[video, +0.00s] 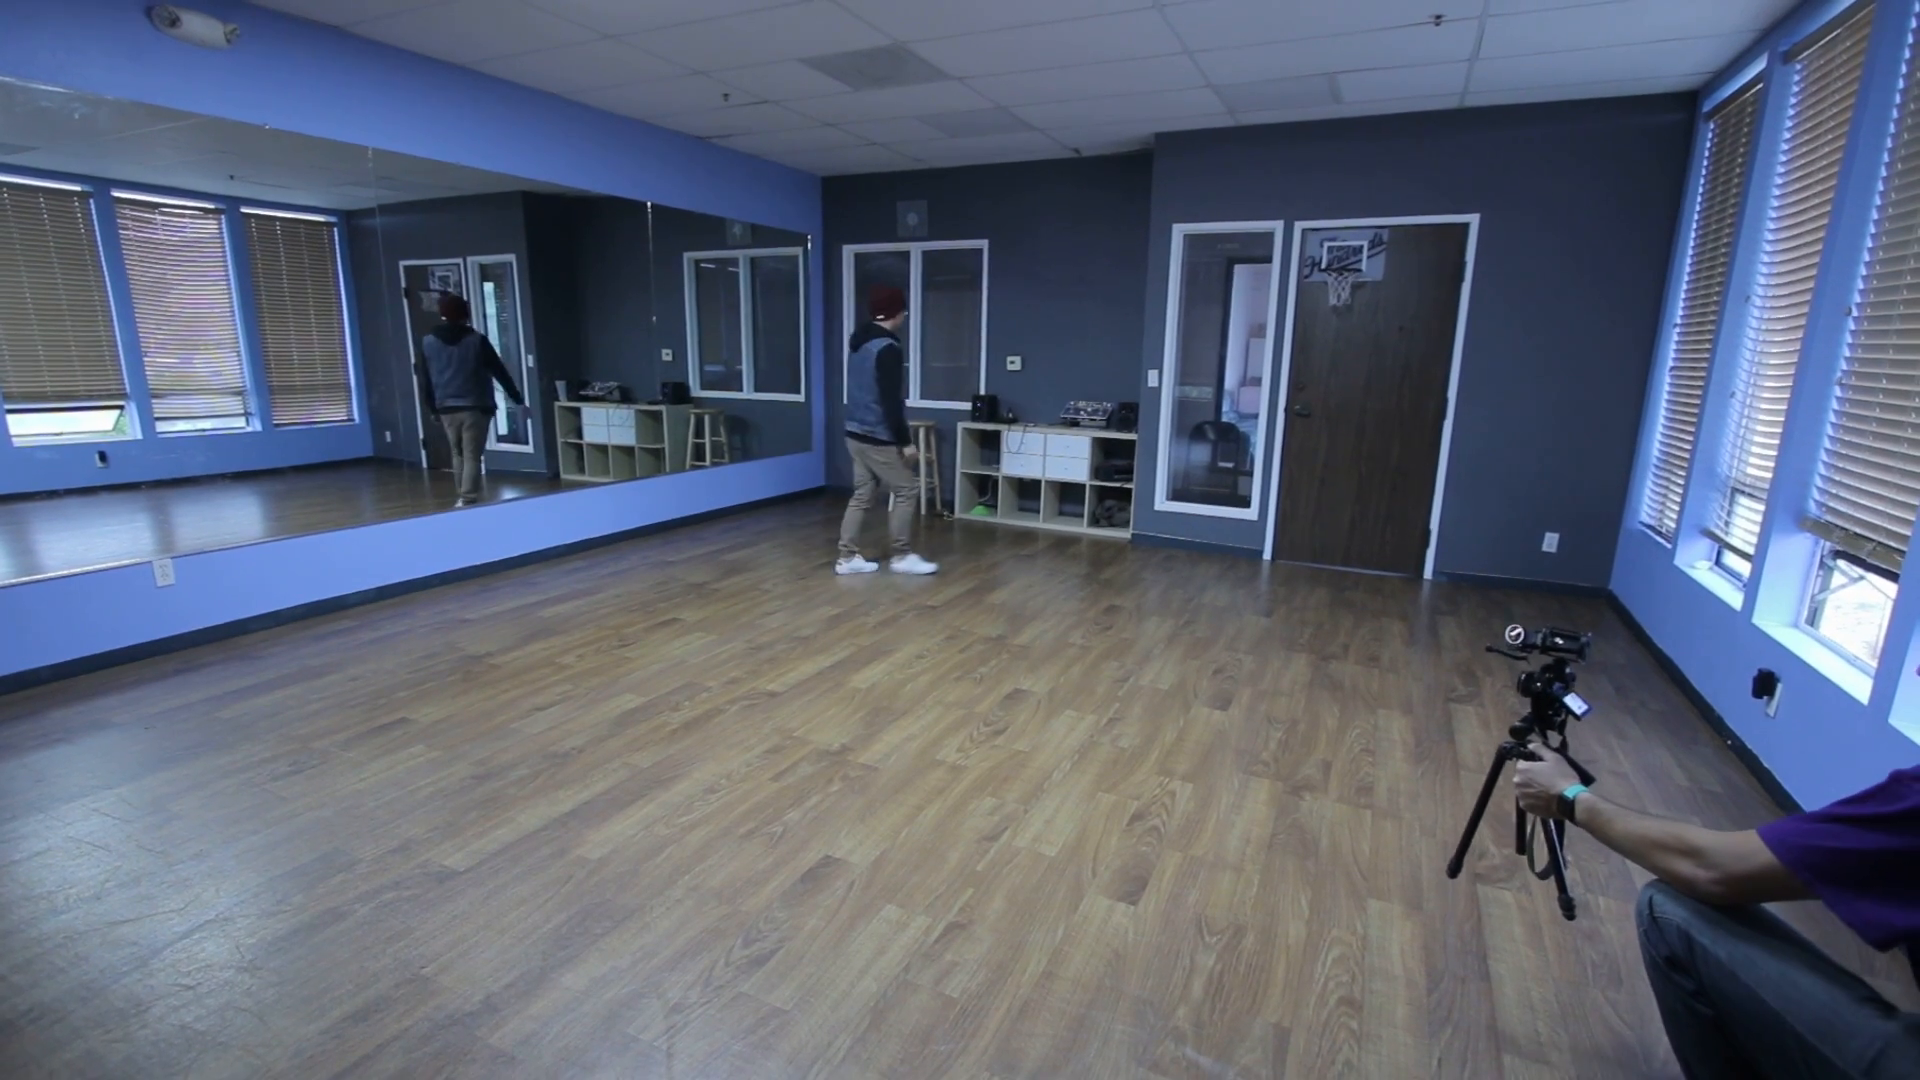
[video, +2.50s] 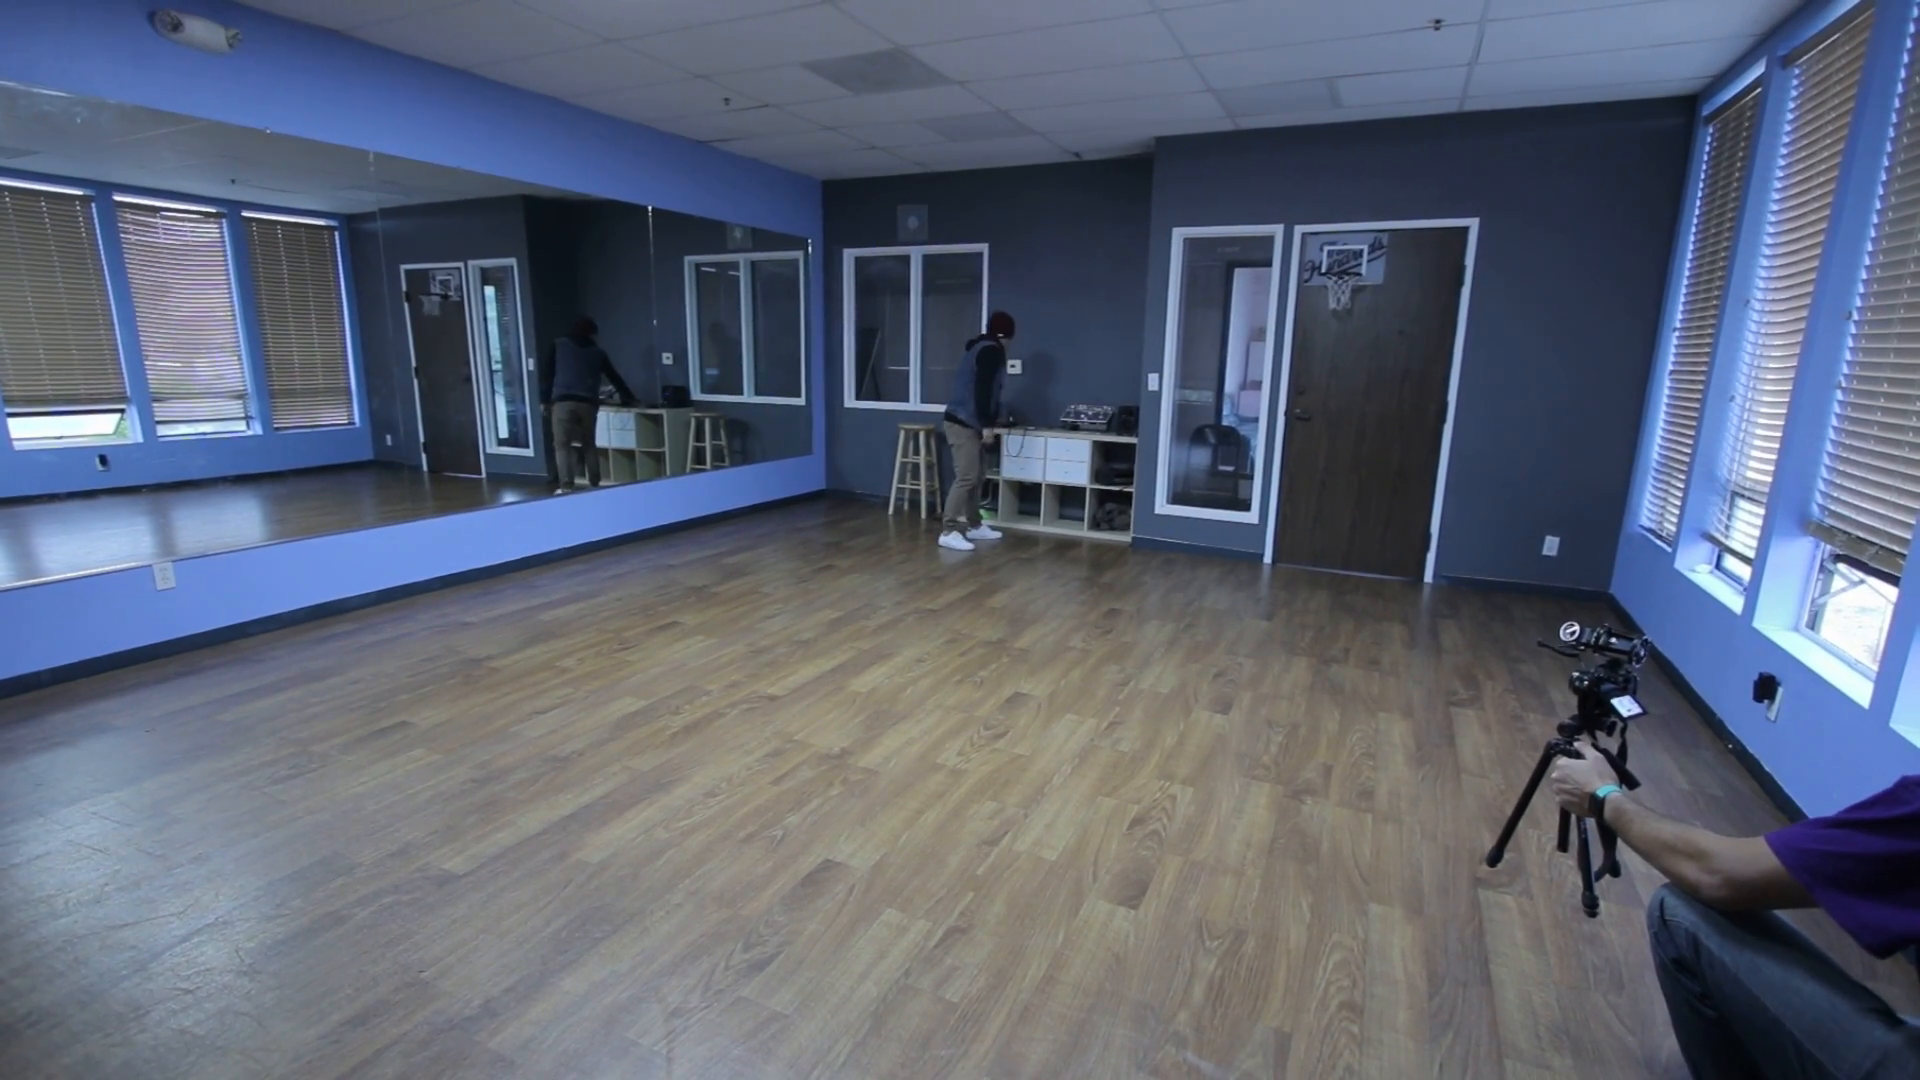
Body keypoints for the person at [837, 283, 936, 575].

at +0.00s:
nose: (903, 318)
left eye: (903, 313)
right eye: (903, 313)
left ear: (875, 313)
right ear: (896, 314)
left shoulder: (861, 341)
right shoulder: (888, 348)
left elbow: (862, 393)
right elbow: (891, 401)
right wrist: (905, 442)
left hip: (855, 435)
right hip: (878, 437)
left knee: (862, 494)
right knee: (906, 489)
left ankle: (846, 556)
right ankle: (901, 554)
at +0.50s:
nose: (976, 312)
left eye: (972, 307)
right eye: (975, 308)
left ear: (948, 309)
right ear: (972, 310)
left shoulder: (932, 337)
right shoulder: (967, 344)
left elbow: (930, 382)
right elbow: (973, 392)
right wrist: (982, 433)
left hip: (929, 424)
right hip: (956, 428)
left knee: (938, 475)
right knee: (964, 485)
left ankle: (914, 518)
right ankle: (961, 543)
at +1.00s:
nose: (1006, 334)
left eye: (1005, 329)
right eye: (1006, 330)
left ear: (983, 328)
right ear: (1001, 331)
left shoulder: (973, 351)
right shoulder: (993, 355)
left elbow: (974, 393)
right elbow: (1000, 396)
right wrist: (1020, 429)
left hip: (967, 427)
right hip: (981, 431)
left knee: (978, 482)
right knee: (980, 486)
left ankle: (974, 525)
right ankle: (962, 543)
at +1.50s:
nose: (1019, 344)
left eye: (1017, 339)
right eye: (1019, 340)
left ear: (998, 336)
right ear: (1017, 340)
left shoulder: (987, 354)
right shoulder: (1009, 355)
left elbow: (983, 391)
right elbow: (1005, 392)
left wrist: (995, 425)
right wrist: (1006, 427)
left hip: (963, 417)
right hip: (977, 419)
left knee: (982, 472)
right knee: (969, 474)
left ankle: (975, 525)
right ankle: (949, 527)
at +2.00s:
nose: (1015, 338)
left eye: (1013, 334)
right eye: (1014, 334)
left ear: (993, 331)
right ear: (1012, 334)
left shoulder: (983, 349)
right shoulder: (1004, 350)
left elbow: (981, 386)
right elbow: (1000, 386)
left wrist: (996, 418)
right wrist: (1003, 420)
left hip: (960, 416)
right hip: (975, 419)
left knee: (973, 473)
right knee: (976, 474)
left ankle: (973, 523)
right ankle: (946, 521)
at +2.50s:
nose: (1011, 341)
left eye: (1011, 336)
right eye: (1010, 336)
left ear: (990, 329)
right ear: (1005, 334)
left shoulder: (984, 348)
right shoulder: (991, 351)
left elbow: (983, 389)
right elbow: (983, 389)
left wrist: (991, 421)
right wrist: (987, 424)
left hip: (970, 423)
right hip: (962, 422)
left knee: (975, 477)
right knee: (966, 477)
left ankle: (974, 525)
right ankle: (949, 531)